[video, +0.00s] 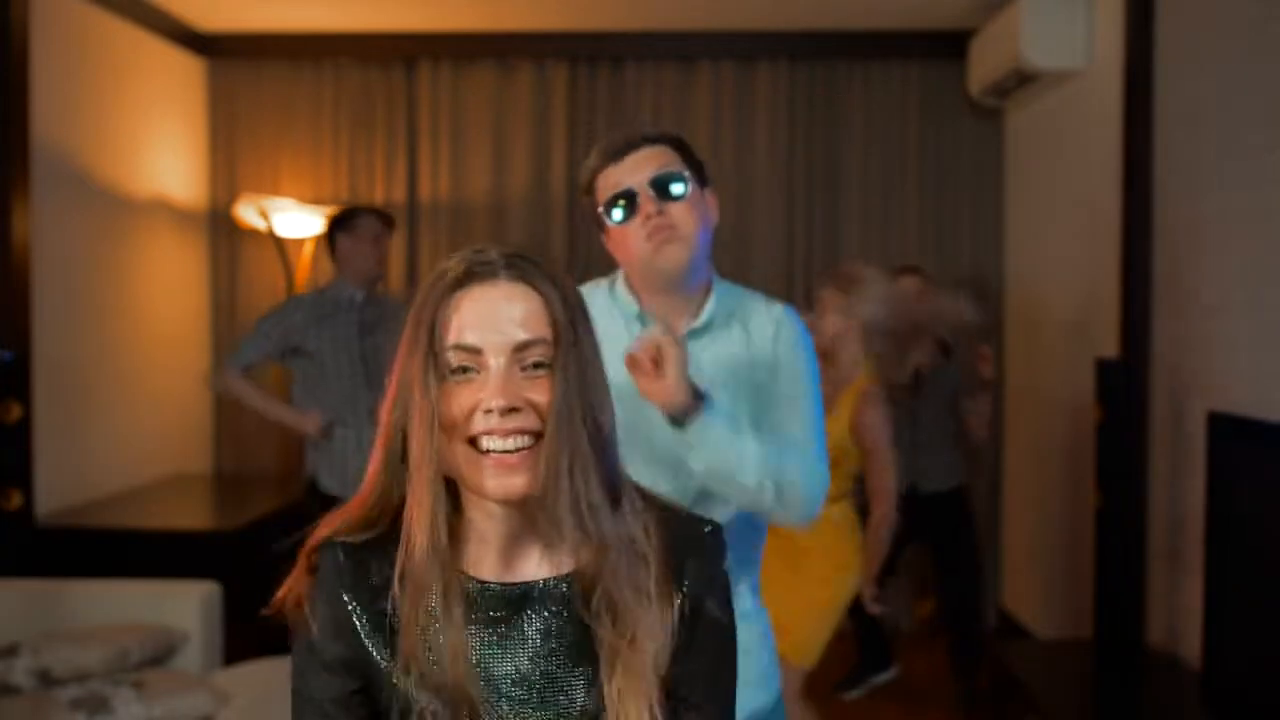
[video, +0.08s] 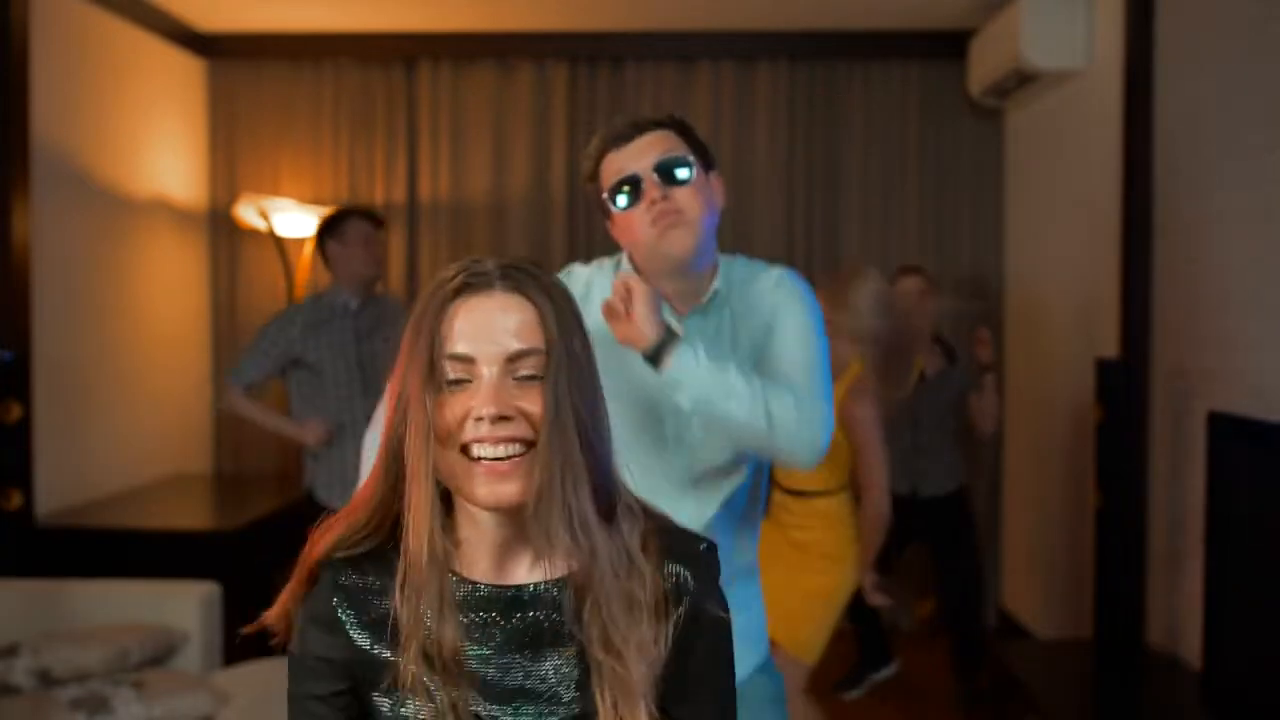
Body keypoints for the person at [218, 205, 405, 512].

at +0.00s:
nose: (383, 251)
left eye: (384, 241)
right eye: (373, 240)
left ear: (387, 246)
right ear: (341, 245)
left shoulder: (398, 317)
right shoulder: (304, 314)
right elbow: (230, 374)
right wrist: (296, 419)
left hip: (395, 477)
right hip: (334, 482)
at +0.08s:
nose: (377, 251)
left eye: (378, 241)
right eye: (364, 241)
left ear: (383, 246)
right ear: (333, 251)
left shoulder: (397, 318)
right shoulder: (301, 323)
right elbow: (233, 394)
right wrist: (298, 430)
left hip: (397, 485)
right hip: (333, 491)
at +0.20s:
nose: (366, 262)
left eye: (367, 250)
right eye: (353, 251)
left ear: (373, 254)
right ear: (321, 266)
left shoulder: (398, 325)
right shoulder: (299, 338)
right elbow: (244, 424)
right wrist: (309, 449)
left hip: (400, 496)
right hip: (329, 503)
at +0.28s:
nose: (363, 272)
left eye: (363, 261)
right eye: (348, 264)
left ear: (368, 261)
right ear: (314, 276)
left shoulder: (397, 333)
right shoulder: (292, 352)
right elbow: (267, 442)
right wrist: (333, 456)